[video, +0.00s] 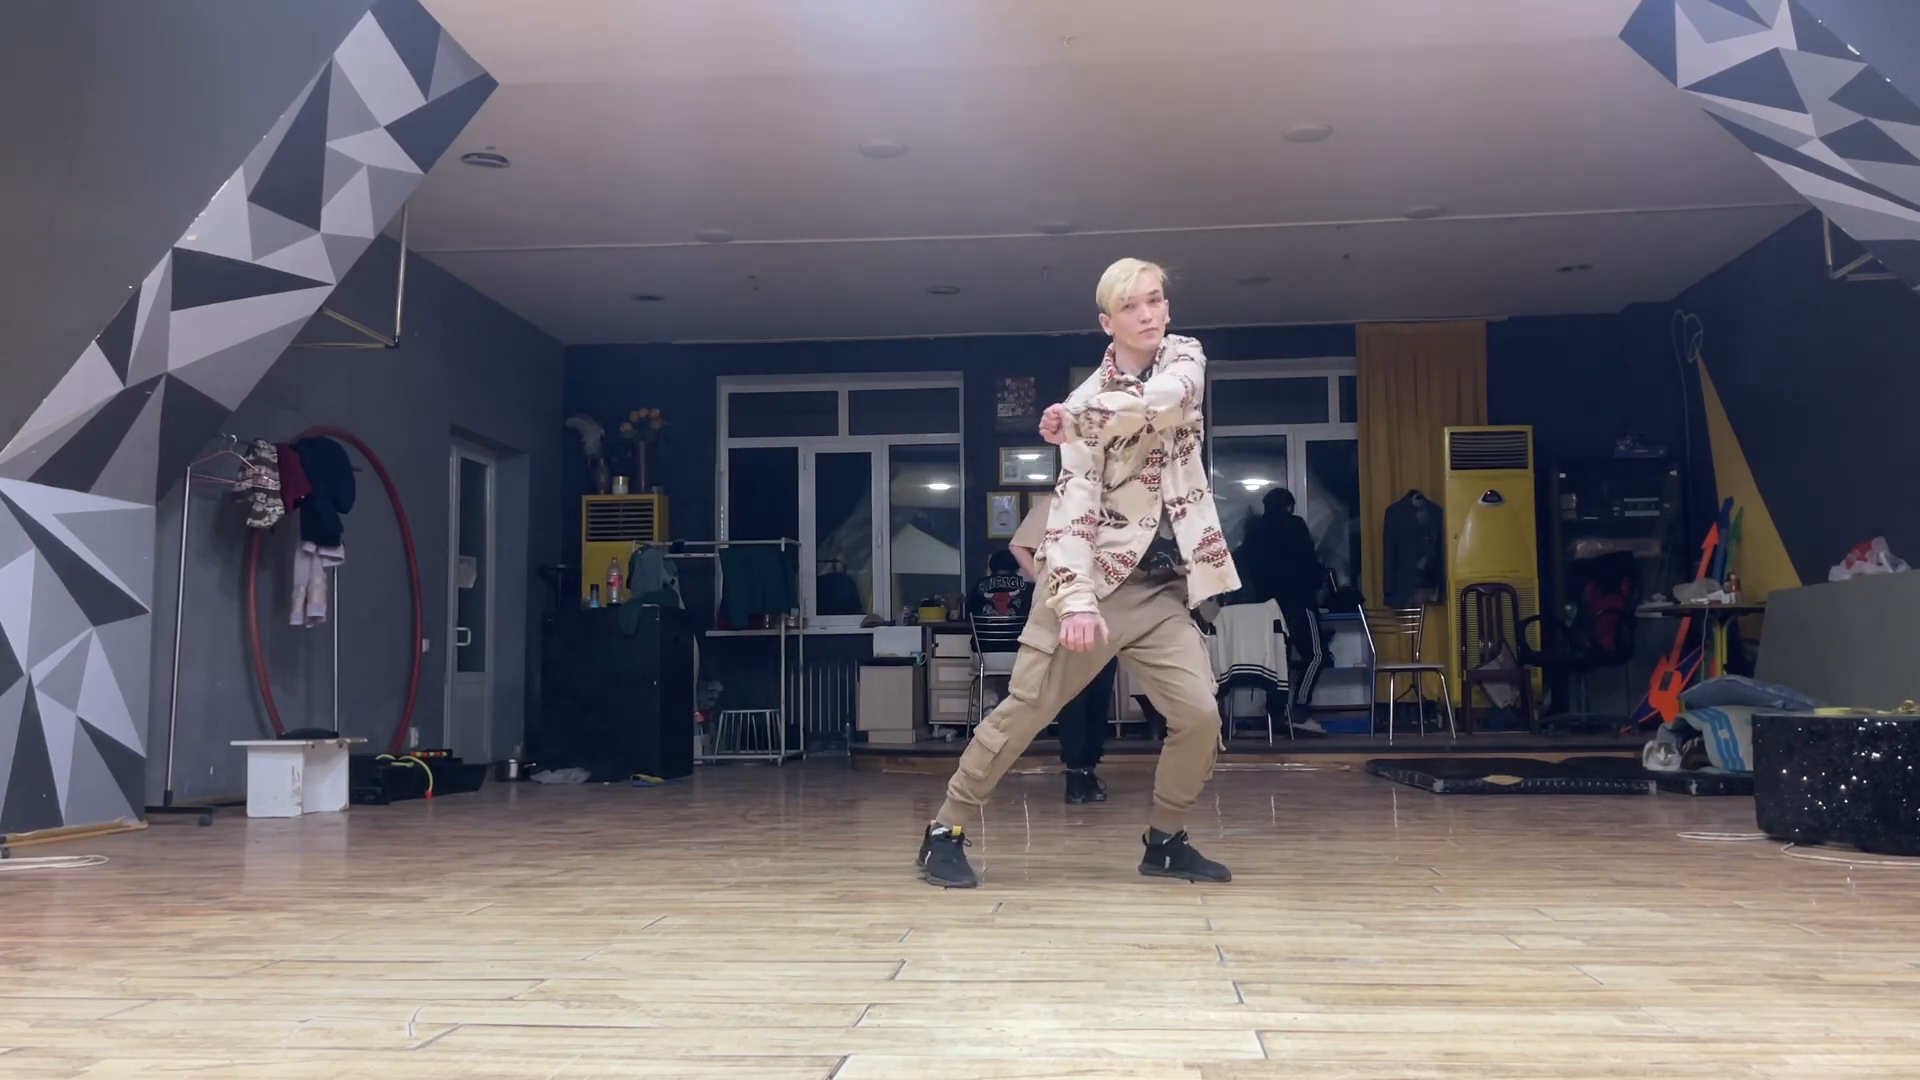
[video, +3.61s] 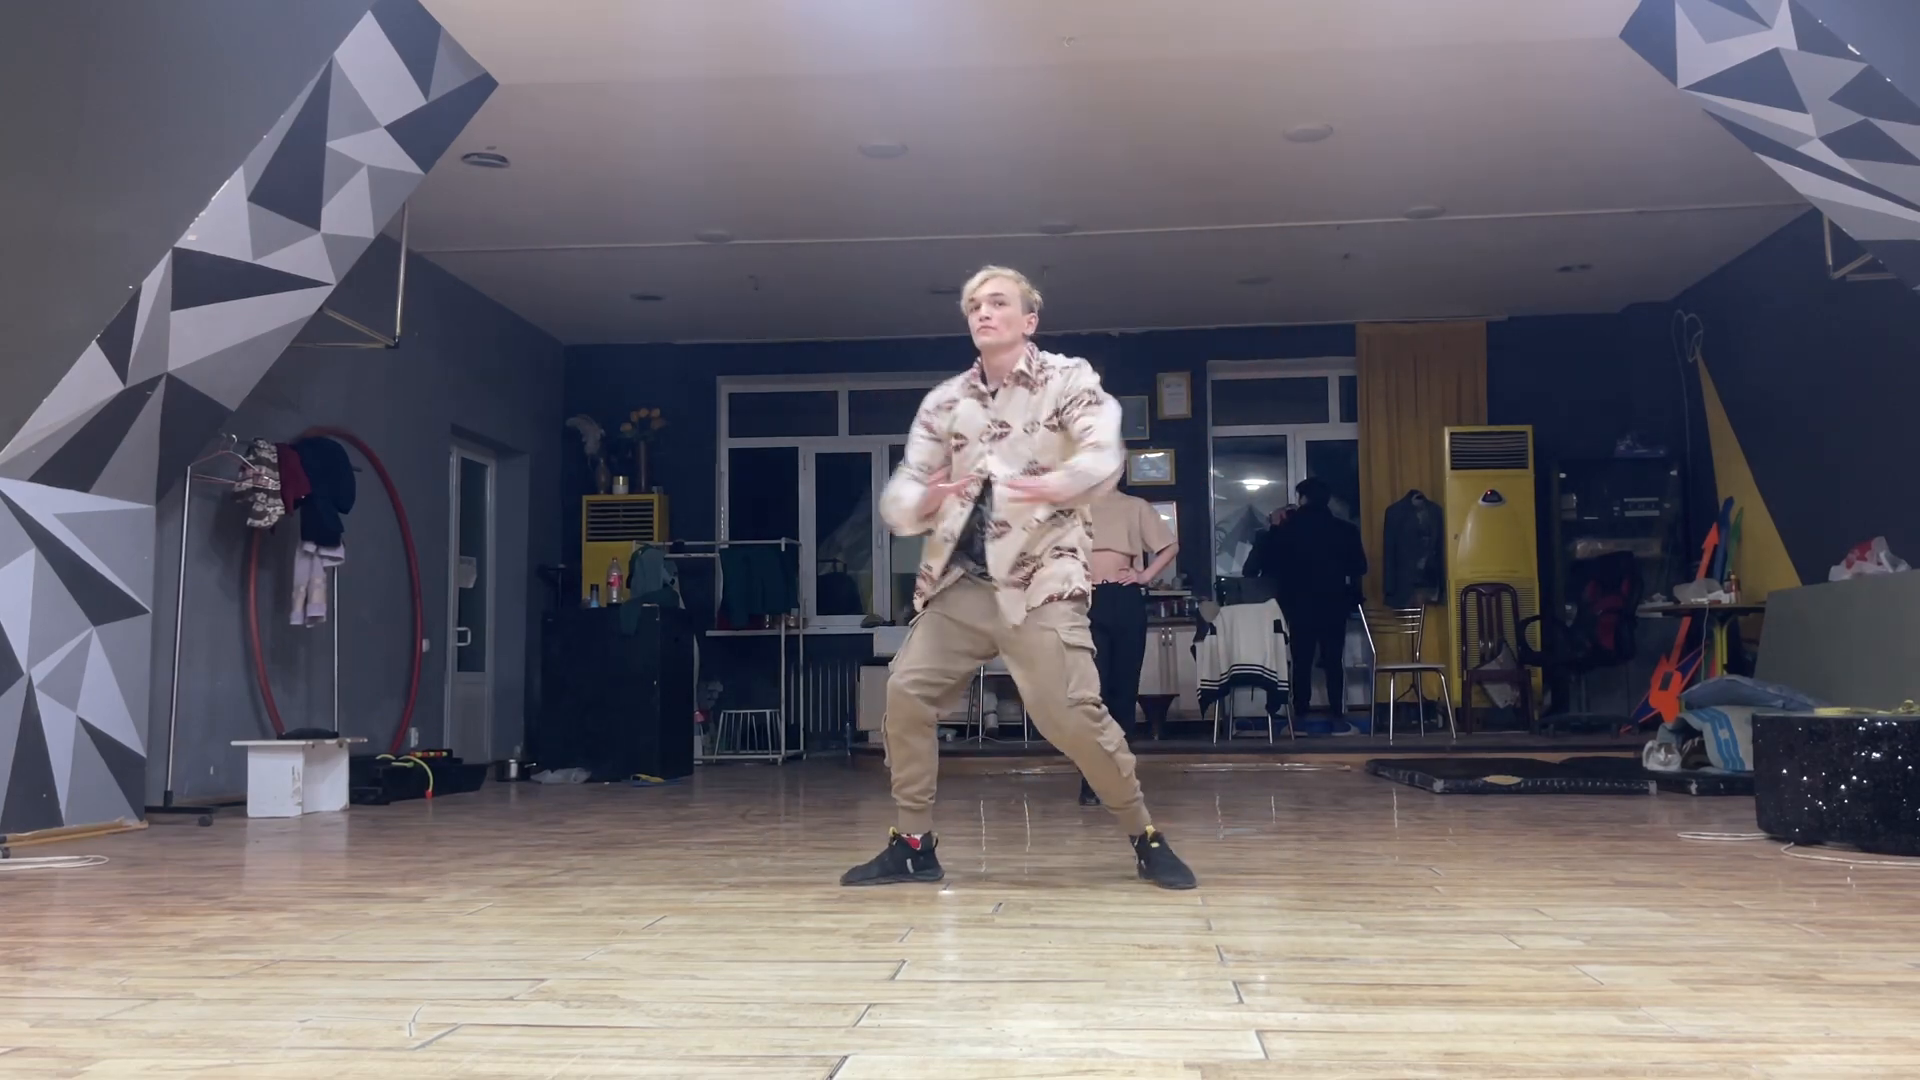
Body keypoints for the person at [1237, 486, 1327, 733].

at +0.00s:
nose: (1291, 510)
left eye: (1289, 507)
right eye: (1291, 507)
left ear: (1267, 506)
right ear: (1289, 506)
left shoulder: (1255, 528)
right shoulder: (1295, 524)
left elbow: (1247, 561)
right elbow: (1307, 562)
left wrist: (1260, 585)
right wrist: (1318, 580)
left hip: (1265, 600)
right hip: (1295, 598)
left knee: (1277, 655)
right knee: (1315, 655)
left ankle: (1274, 713)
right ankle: (1299, 711)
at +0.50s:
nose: (1307, 503)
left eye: (1299, 498)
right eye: (1310, 498)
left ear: (1291, 500)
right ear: (1316, 500)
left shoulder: (1277, 525)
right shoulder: (1331, 525)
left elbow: (1260, 561)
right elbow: (1346, 561)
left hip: (1289, 603)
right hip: (1325, 602)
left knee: (1289, 660)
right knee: (1331, 662)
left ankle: (1278, 718)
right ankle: (1336, 720)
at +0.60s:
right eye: (1318, 498)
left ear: (1297, 500)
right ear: (1323, 501)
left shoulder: (1285, 528)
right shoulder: (1337, 526)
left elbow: (1271, 565)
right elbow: (1356, 562)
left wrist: (1280, 596)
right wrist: (1357, 594)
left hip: (1296, 603)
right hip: (1332, 602)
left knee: (1294, 659)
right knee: (1334, 661)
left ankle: (1284, 717)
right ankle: (1337, 719)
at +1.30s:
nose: (1299, 505)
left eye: (1299, 501)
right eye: (1299, 501)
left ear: (1304, 502)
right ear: (1325, 501)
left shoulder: (1292, 531)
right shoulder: (1345, 527)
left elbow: (1280, 567)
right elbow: (1363, 553)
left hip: (1304, 605)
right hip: (1338, 604)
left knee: (1303, 663)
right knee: (1336, 662)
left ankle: (1300, 720)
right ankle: (1338, 720)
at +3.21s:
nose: (1301, 502)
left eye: (1302, 498)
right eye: (1302, 498)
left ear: (1305, 499)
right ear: (1328, 499)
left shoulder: (1291, 529)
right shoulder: (1346, 529)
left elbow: (1272, 566)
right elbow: (1360, 567)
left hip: (1302, 604)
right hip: (1335, 604)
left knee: (1302, 661)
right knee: (1334, 661)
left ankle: (1300, 719)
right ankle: (1337, 719)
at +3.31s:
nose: (1300, 502)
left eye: (1301, 498)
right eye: (1301, 499)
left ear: (1304, 499)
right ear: (1328, 499)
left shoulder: (1289, 529)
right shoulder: (1346, 529)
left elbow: (1271, 566)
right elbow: (1359, 567)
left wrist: (1276, 531)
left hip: (1301, 604)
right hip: (1334, 604)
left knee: (1302, 662)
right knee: (1334, 661)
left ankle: (1301, 719)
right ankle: (1337, 719)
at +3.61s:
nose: (1299, 502)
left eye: (1300, 498)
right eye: (1300, 498)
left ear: (1303, 499)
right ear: (1327, 499)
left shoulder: (1288, 529)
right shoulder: (1345, 529)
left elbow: (1270, 566)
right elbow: (1358, 568)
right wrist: (1353, 598)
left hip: (1299, 604)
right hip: (1333, 603)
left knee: (1301, 661)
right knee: (1333, 661)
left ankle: (1300, 719)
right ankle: (1337, 718)